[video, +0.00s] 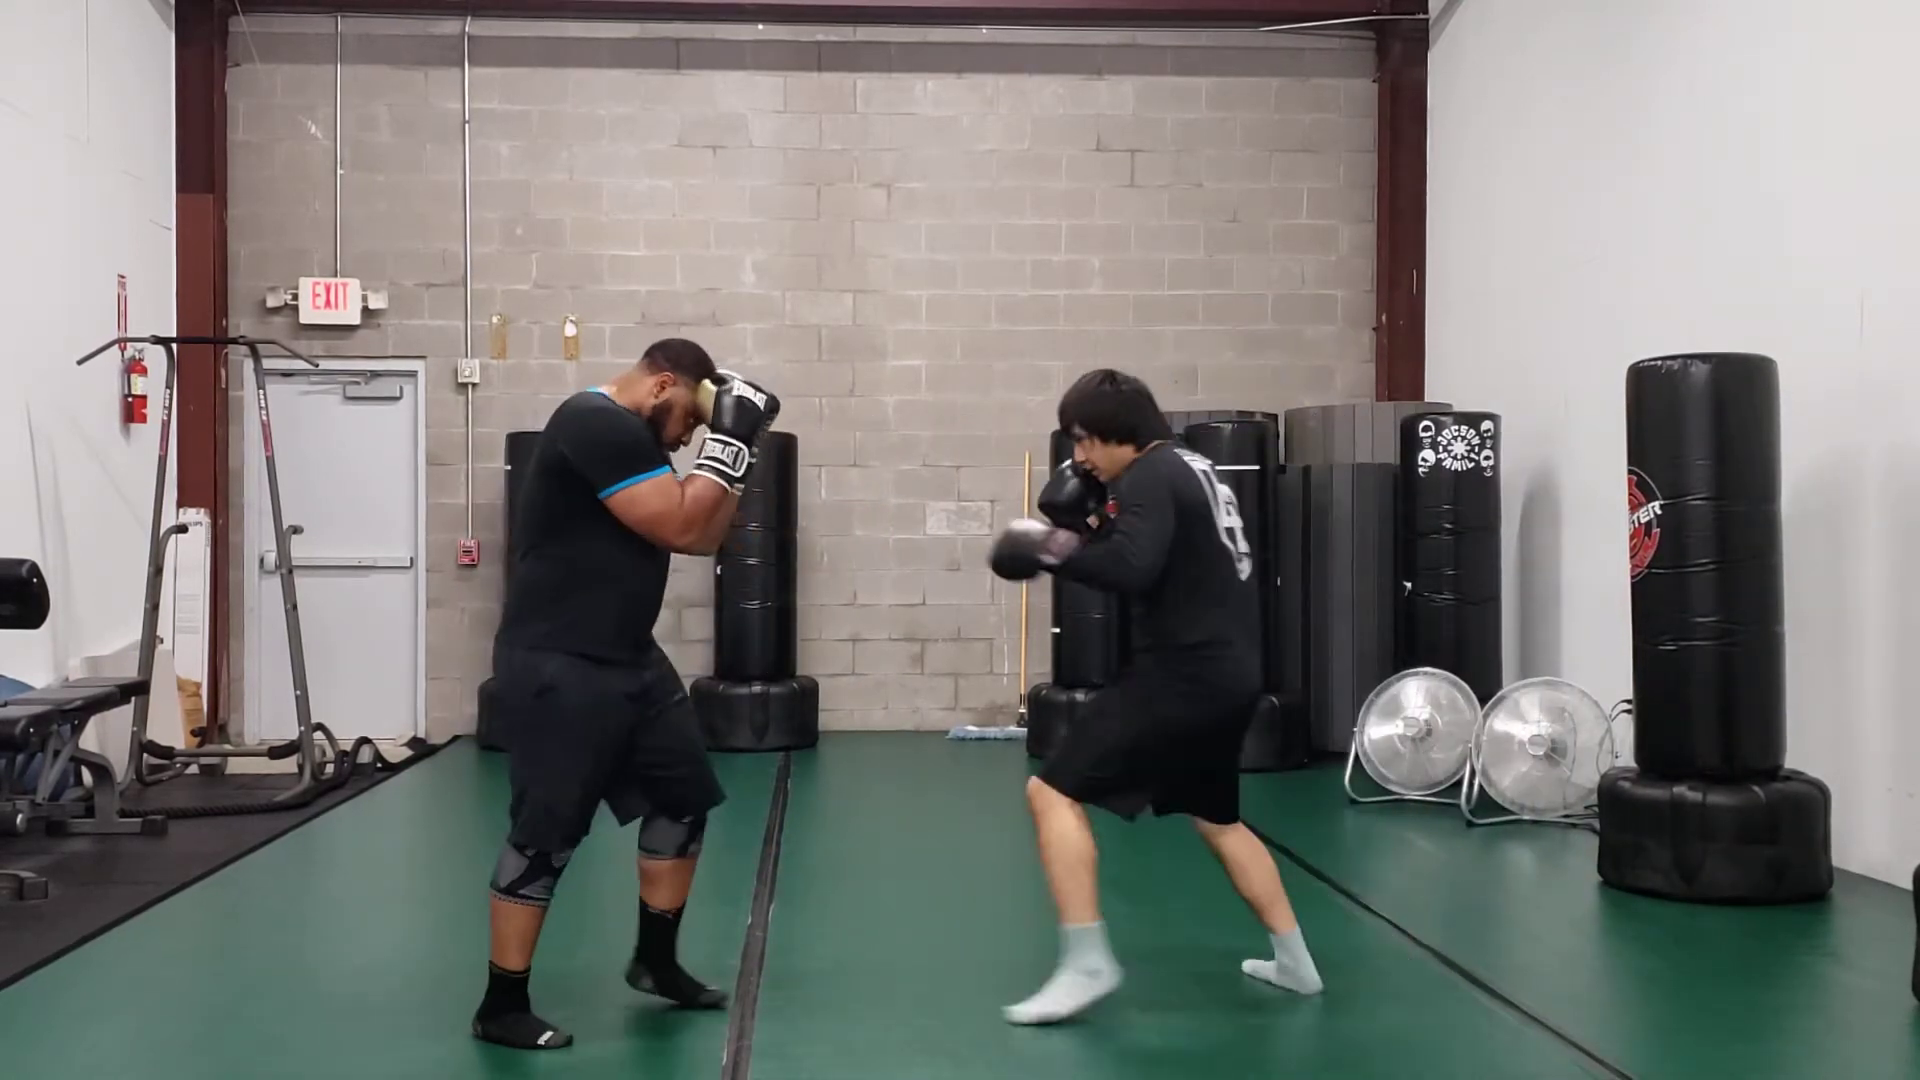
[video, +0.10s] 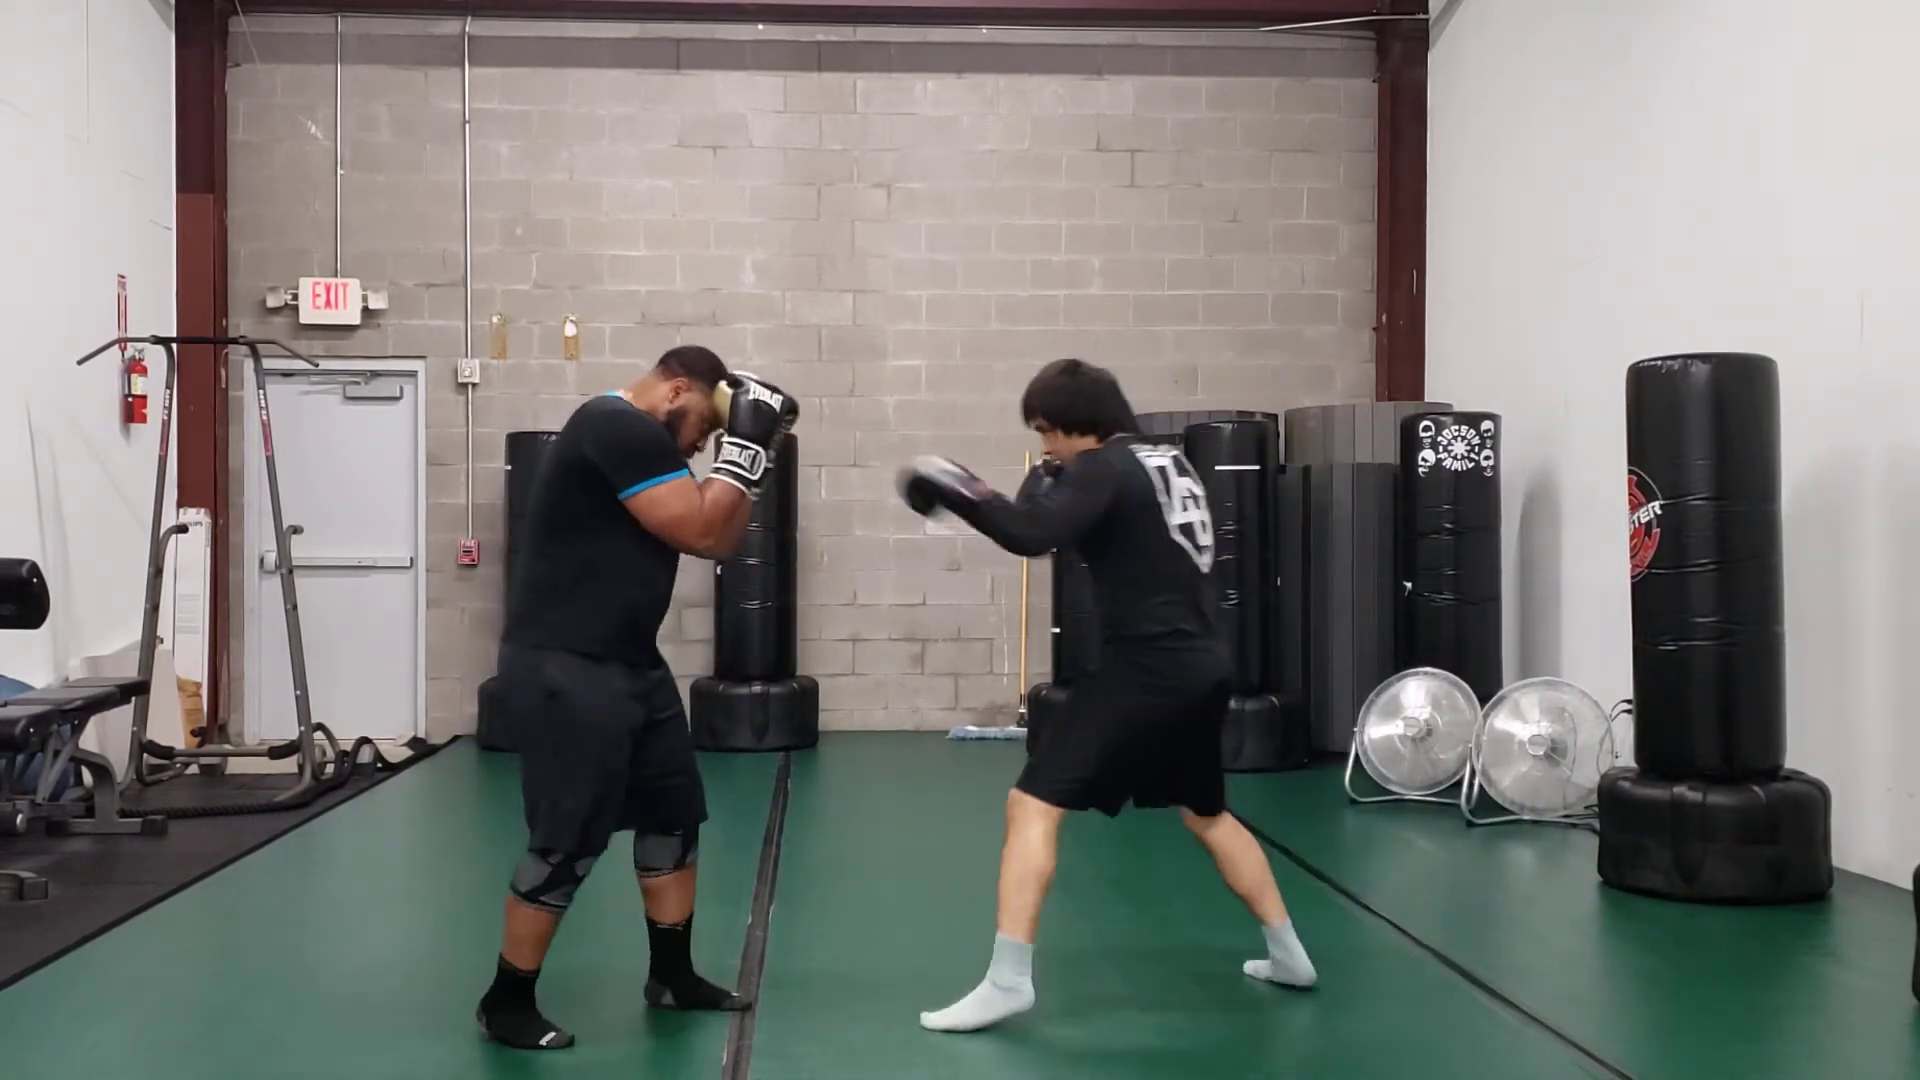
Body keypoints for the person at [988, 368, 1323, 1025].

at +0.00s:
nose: (1079, 456)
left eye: (1084, 441)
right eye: (1076, 442)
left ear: (1118, 435)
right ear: (1141, 429)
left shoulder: (1150, 478)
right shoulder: (1191, 465)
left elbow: (1133, 564)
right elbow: (1174, 557)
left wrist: (1063, 552)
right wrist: (1094, 529)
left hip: (1181, 676)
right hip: (1229, 676)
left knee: (1051, 792)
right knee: (1218, 816)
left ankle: (1086, 960)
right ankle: (1296, 961)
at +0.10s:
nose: (1044, 450)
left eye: (1047, 435)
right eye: (1040, 437)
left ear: (1081, 427)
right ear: (1108, 420)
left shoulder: (1103, 469)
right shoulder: (1167, 461)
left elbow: (1031, 533)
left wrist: (959, 493)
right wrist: (997, 500)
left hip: (1144, 670)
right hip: (1201, 668)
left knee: (1033, 803)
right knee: (1207, 812)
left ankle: (1009, 980)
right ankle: (1291, 955)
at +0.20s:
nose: (1002, 458)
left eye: (1005, 445)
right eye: (1001, 446)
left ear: (1036, 441)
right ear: (1071, 432)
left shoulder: (1042, 487)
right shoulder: (1133, 467)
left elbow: (942, 493)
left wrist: (863, 460)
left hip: (1102, 681)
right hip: (1177, 676)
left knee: (1006, 822)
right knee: (1166, 793)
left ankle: (1009, 999)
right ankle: (1247, 928)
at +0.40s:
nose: (974, 481)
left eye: (975, 466)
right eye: (971, 467)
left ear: (1004, 462)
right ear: (1034, 456)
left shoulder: (1024, 507)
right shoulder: (1099, 491)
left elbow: (952, 551)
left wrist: (883, 497)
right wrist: (941, 515)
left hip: (1072, 692)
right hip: (1142, 688)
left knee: (974, 830)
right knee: (1125, 799)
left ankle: (1005, 1000)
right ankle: (1175, 939)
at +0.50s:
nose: (978, 441)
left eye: (980, 428)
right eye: (974, 429)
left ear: (1008, 420)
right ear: (1037, 411)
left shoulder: (1043, 468)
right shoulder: (1092, 449)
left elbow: (1030, 551)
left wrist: (952, 523)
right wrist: (985, 494)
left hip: (1071, 655)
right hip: (1127, 648)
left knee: (1011, 802)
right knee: (1113, 776)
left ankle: (1006, 974)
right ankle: (1169, 917)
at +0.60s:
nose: (986, 411)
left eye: (990, 397)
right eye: (983, 398)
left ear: (1024, 393)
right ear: (1042, 388)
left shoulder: (1058, 445)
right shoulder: (1088, 434)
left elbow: (1087, 538)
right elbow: (1061, 529)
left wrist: (1002, 530)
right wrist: (1001, 483)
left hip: (1081, 628)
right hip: (1121, 625)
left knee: (1006, 775)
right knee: (1102, 758)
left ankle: (1082, 929)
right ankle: (1160, 891)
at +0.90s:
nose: (995, 429)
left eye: (1000, 415)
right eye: (990, 417)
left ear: (1031, 407)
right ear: (1018, 411)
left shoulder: (1091, 461)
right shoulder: (1030, 467)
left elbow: (1112, 554)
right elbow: (1033, 545)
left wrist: (1025, 547)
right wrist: (980, 527)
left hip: (1083, 652)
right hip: (1064, 649)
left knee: (1010, 773)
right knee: (1091, 777)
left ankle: (1081, 921)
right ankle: (1143, 913)